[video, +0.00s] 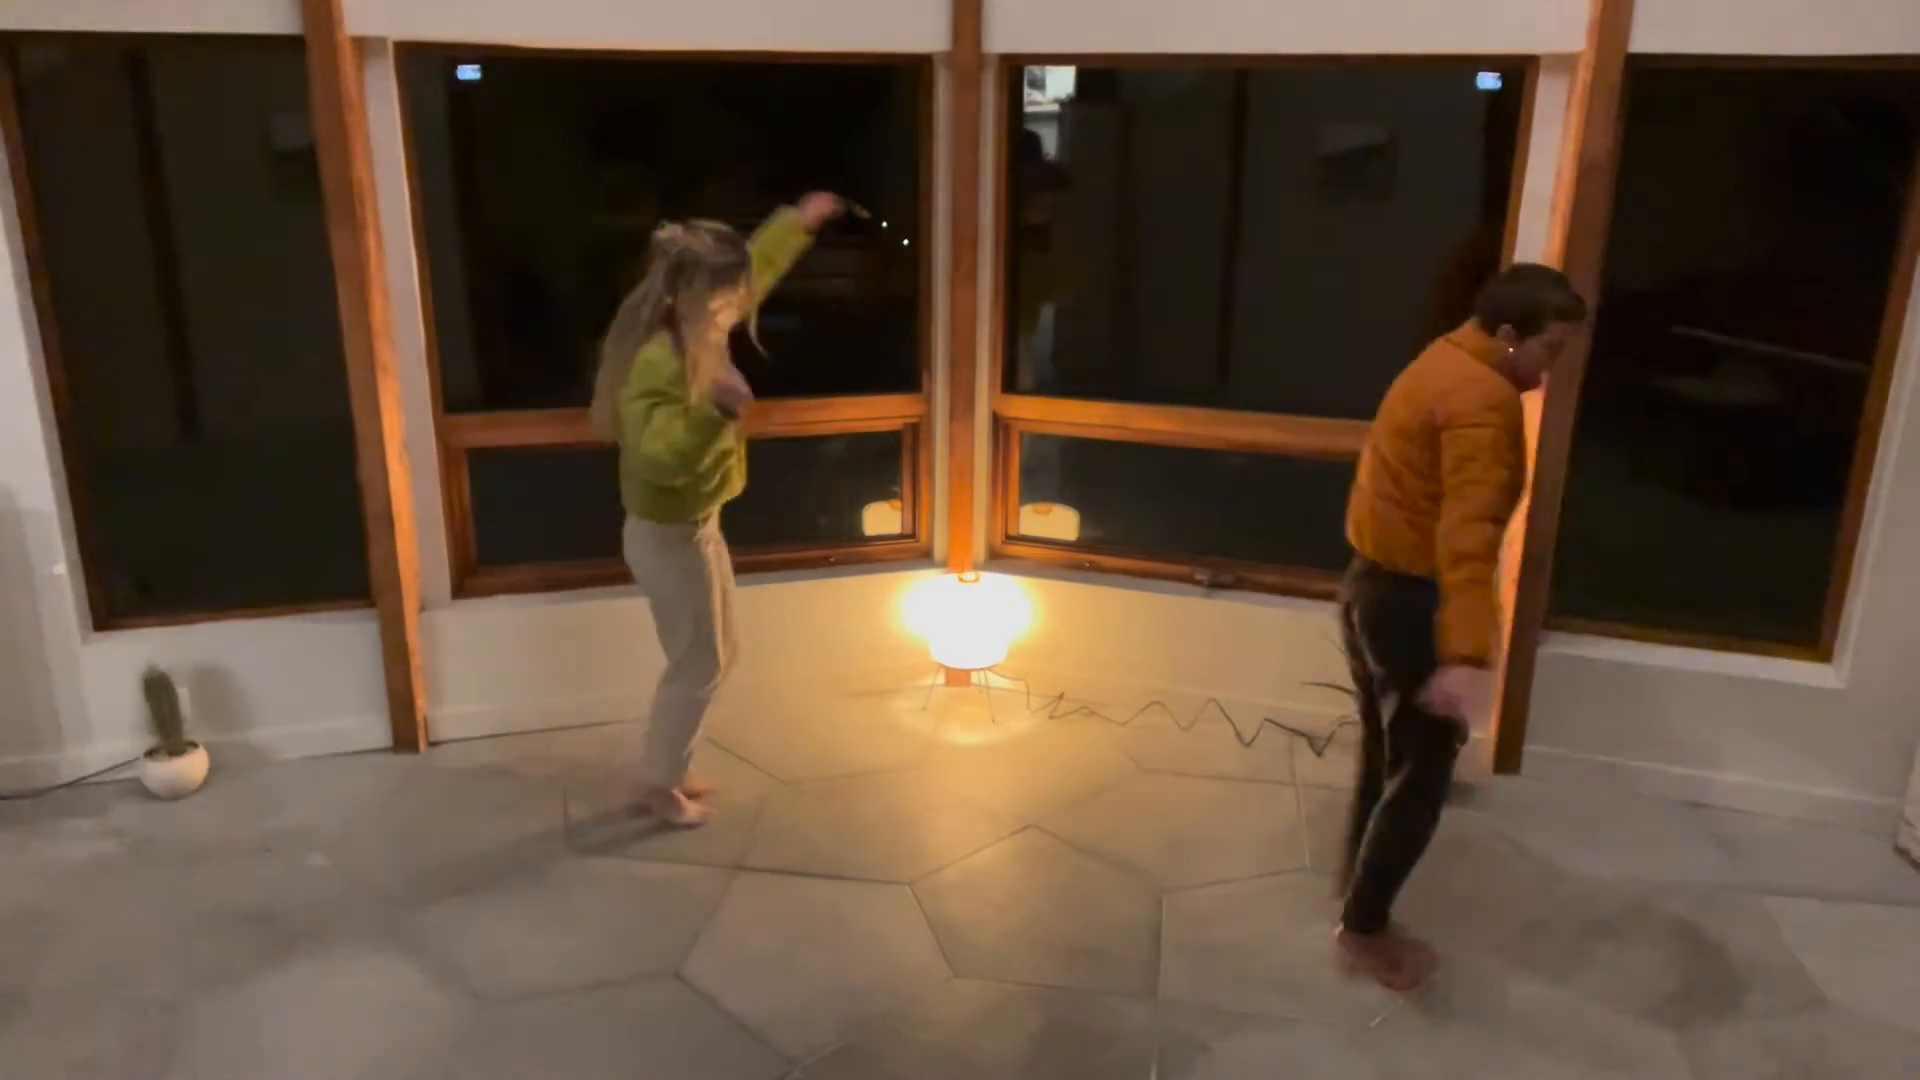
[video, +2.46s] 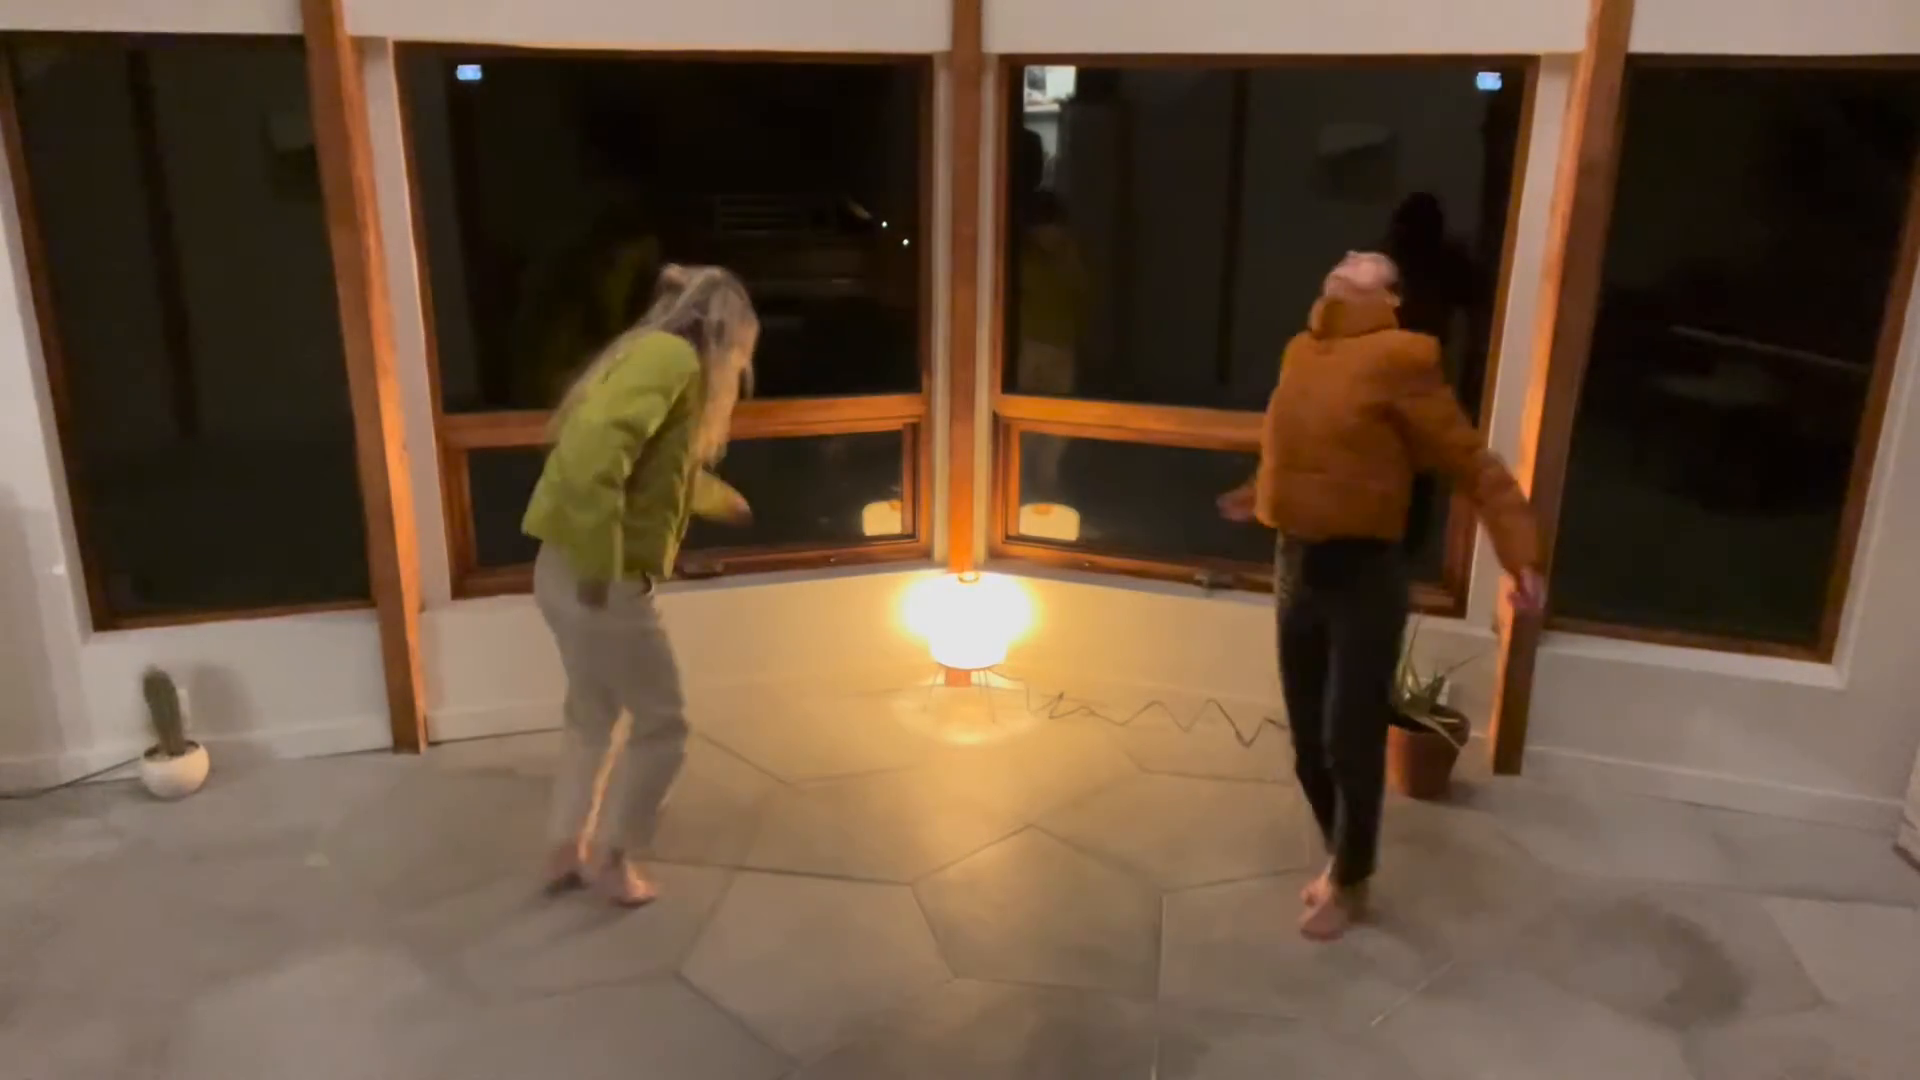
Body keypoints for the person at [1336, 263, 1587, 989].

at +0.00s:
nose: (1555, 365)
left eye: (1561, 350)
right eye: (1552, 348)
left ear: (1501, 330)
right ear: (1510, 332)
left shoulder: (1440, 365)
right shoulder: (1482, 402)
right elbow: (1468, 534)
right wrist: (1464, 656)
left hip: (1372, 584)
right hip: (1411, 599)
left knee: (1385, 758)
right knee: (1421, 775)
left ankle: (1360, 907)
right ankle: (1364, 929)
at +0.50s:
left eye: (1314, 330)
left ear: (1323, 328)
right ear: (1385, 324)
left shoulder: (1297, 378)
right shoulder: (1428, 368)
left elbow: (1278, 499)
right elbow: (1460, 479)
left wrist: (1290, 583)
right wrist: (1462, 576)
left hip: (1338, 590)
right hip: (1420, 593)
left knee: (1323, 759)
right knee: (1389, 756)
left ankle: (1320, 926)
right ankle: (1367, 912)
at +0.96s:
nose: (1256, 366)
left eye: (1264, 356)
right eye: (1254, 353)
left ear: (1302, 351)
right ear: (1283, 343)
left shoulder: (1350, 415)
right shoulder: (1298, 372)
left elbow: (1300, 540)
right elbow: (1253, 463)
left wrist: (1250, 636)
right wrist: (1231, 547)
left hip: (1350, 587)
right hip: (1295, 575)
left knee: (1317, 738)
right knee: (1267, 726)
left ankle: (1334, 885)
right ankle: (1265, 851)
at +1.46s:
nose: (1408, 330)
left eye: (1416, 319)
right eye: (1400, 312)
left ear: (1413, 322)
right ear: (1359, 300)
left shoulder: (1378, 380)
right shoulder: (1302, 340)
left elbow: (1415, 497)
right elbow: (1258, 453)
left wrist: (1486, 583)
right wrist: (1315, 549)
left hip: (1322, 568)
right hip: (1266, 557)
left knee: (1300, 728)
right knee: (1259, 725)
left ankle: (1255, 841)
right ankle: (1216, 851)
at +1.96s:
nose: (1276, 321)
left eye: (1278, 311)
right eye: (1277, 311)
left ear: (1285, 312)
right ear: (1352, 308)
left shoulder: (1266, 381)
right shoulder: (1403, 349)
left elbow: (1196, 486)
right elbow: (1460, 452)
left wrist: (1107, 538)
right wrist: (1428, 517)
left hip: (1282, 572)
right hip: (1364, 577)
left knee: (1258, 734)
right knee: (1339, 732)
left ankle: (1243, 877)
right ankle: (1322, 880)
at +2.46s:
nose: (1347, 260)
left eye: (1367, 262)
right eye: (1350, 256)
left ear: (1390, 298)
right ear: (1332, 286)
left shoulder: (1399, 362)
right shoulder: (1302, 354)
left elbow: (1473, 462)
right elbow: (1296, 445)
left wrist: (1522, 559)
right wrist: (1261, 494)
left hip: (1366, 566)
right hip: (1301, 560)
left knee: (1351, 730)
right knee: (1308, 731)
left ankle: (1349, 885)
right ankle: (1341, 856)